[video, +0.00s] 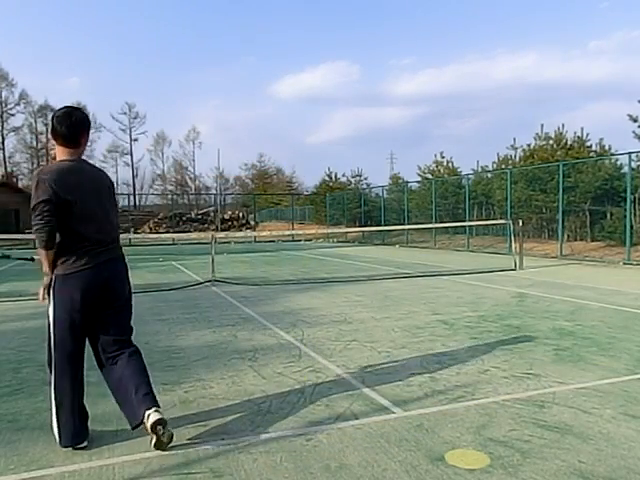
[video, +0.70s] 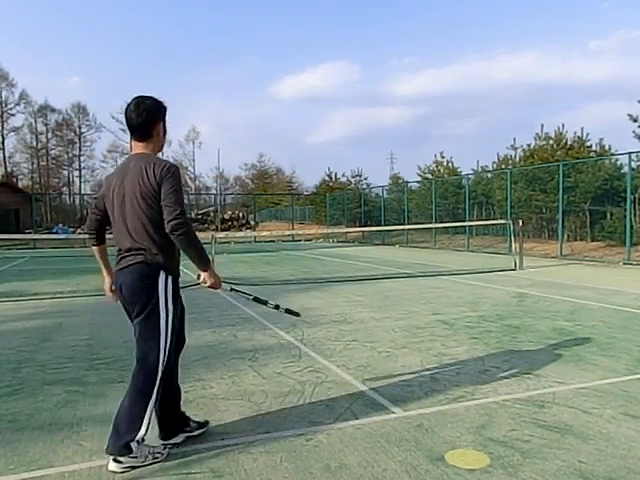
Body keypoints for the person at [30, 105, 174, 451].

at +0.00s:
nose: (88, 140)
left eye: (54, 135)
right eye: (88, 135)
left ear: (52, 138)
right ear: (87, 138)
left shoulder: (47, 177)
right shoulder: (101, 177)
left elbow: (44, 230)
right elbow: (109, 229)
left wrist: (50, 273)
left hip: (72, 278)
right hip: (113, 274)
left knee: (65, 358)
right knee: (118, 346)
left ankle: (73, 434)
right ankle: (149, 411)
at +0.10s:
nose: (95, 138)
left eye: (94, 133)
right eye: (96, 133)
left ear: (59, 136)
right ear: (93, 136)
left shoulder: (48, 177)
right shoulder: (112, 177)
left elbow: (41, 232)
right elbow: (128, 226)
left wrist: (54, 272)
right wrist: (100, 246)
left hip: (74, 277)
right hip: (116, 274)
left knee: (68, 357)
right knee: (122, 347)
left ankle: (72, 434)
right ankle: (139, 421)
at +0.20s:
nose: (104, 138)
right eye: (105, 133)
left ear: (67, 135)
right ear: (102, 136)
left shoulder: (52, 180)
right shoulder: (122, 177)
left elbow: (45, 237)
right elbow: (144, 228)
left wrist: (66, 266)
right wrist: (128, 260)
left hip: (79, 278)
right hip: (121, 276)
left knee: (73, 354)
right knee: (125, 353)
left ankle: (70, 434)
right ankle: (127, 437)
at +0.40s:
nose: (131, 136)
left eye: (127, 131)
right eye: (131, 132)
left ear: (94, 136)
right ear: (126, 135)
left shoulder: (77, 181)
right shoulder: (144, 176)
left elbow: (61, 235)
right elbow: (175, 225)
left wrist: (85, 264)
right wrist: (184, 261)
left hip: (99, 280)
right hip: (140, 279)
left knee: (92, 355)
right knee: (136, 360)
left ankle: (76, 430)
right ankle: (123, 449)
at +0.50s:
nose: (144, 134)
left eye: (141, 129)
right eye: (143, 129)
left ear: (107, 134)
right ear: (138, 133)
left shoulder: (88, 178)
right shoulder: (151, 172)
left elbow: (61, 228)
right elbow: (177, 222)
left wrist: (92, 262)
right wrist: (199, 258)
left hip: (108, 277)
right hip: (146, 276)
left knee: (111, 350)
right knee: (143, 356)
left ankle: (96, 426)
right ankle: (125, 450)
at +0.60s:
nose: (155, 131)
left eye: (153, 125)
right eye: (154, 126)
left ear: (118, 130)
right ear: (149, 129)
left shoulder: (98, 176)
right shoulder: (158, 169)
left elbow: (68, 223)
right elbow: (176, 221)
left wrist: (95, 262)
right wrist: (205, 260)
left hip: (115, 276)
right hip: (149, 274)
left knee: (130, 353)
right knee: (149, 357)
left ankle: (136, 423)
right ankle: (124, 450)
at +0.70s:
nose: (166, 132)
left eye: (164, 126)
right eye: (165, 126)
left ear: (130, 131)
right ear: (159, 128)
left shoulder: (110, 180)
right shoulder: (164, 169)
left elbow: (94, 231)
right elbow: (176, 224)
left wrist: (107, 272)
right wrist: (206, 266)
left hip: (126, 276)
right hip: (154, 273)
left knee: (167, 347)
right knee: (153, 358)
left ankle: (172, 423)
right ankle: (123, 447)